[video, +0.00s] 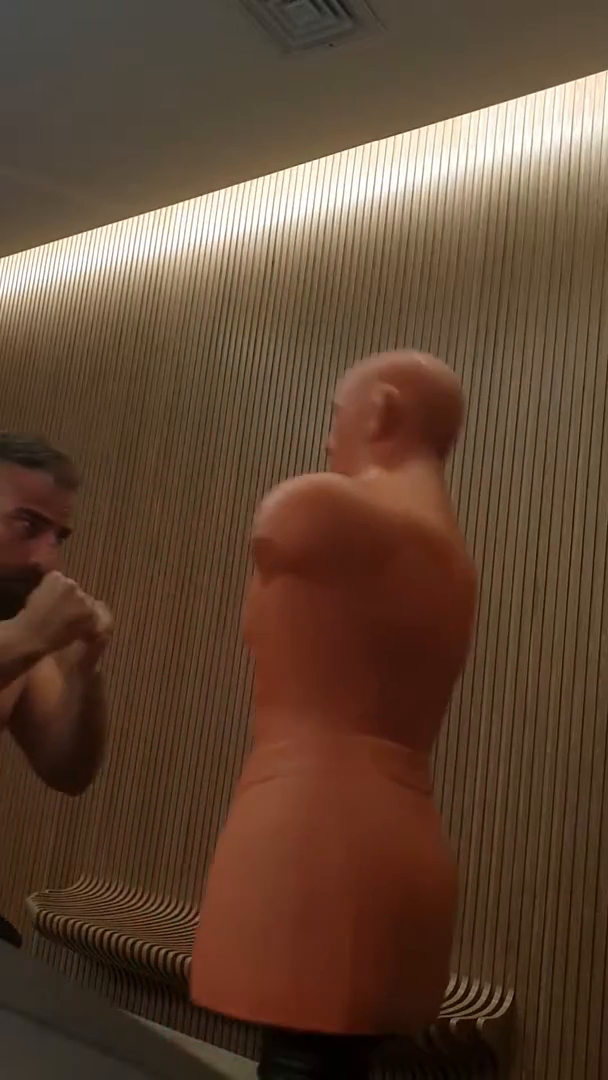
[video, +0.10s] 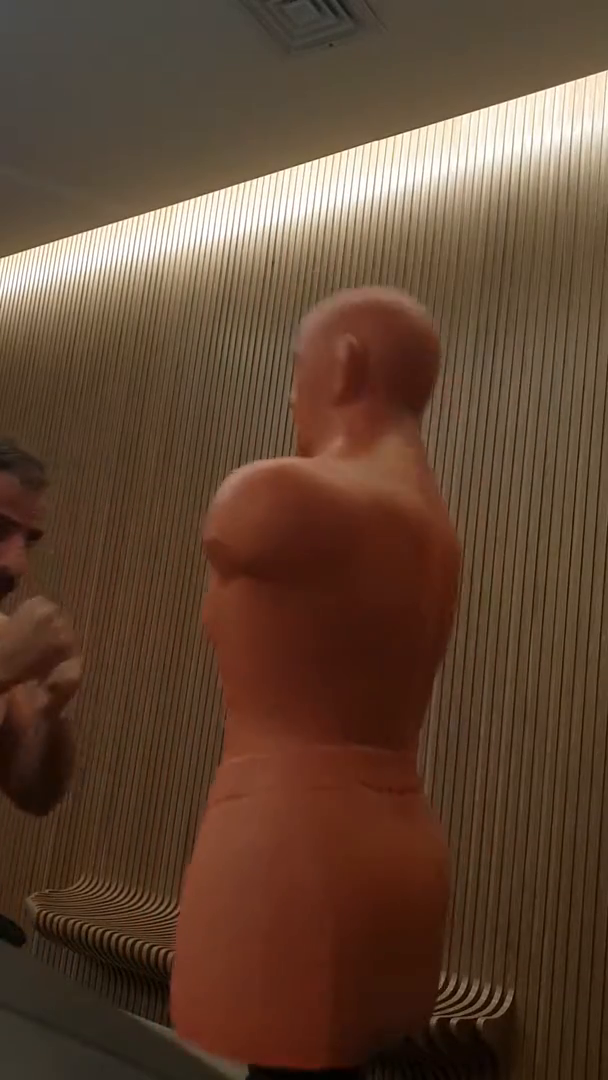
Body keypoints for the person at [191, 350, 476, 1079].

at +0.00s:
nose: (330, 431)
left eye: (338, 412)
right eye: (332, 413)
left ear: (383, 415)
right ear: (442, 435)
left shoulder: (316, 513)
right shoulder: (455, 559)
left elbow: (277, 530)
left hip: (309, 841)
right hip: (405, 831)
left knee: (292, 1062)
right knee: (352, 1062)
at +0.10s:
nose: (293, 394)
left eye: (300, 367)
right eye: (295, 369)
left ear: (345, 369)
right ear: (423, 391)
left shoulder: (273, 499)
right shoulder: (437, 532)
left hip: (283, 860)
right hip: (398, 846)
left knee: (249, 1066)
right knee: (350, 1060)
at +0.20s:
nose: (291, 364)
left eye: (299, 336)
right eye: (293, 338)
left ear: (350, 340)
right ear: (425, 359)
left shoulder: (265, 501)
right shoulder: (445, 514)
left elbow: (217, 549)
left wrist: (324, 456)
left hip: (277, 888)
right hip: (401, 864)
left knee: (245, 1069)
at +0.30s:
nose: (325, 354)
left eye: (333, 328)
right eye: (327, 329)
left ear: (386, 333)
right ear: (462, 357)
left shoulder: (297, 506)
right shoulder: (470, 513)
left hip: (297, 887)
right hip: (414, 866)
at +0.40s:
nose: (384, 372)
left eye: (397, 346)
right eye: (389, 347)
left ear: (449, 352)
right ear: (511, 373)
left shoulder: (355, 505)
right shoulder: (515, 534)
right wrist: (296, 646)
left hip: (325, 883)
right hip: (438, 869)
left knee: (271, 1065)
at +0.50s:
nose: (429, 392)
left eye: (442, 367)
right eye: (435, 369)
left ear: (495, 375)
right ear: (561, 402)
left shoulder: (402, 503)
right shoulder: (553, 553)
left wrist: (444, 470)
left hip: (349, 877)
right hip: (460, 870)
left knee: (292, 1064)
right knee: (408, 1067)